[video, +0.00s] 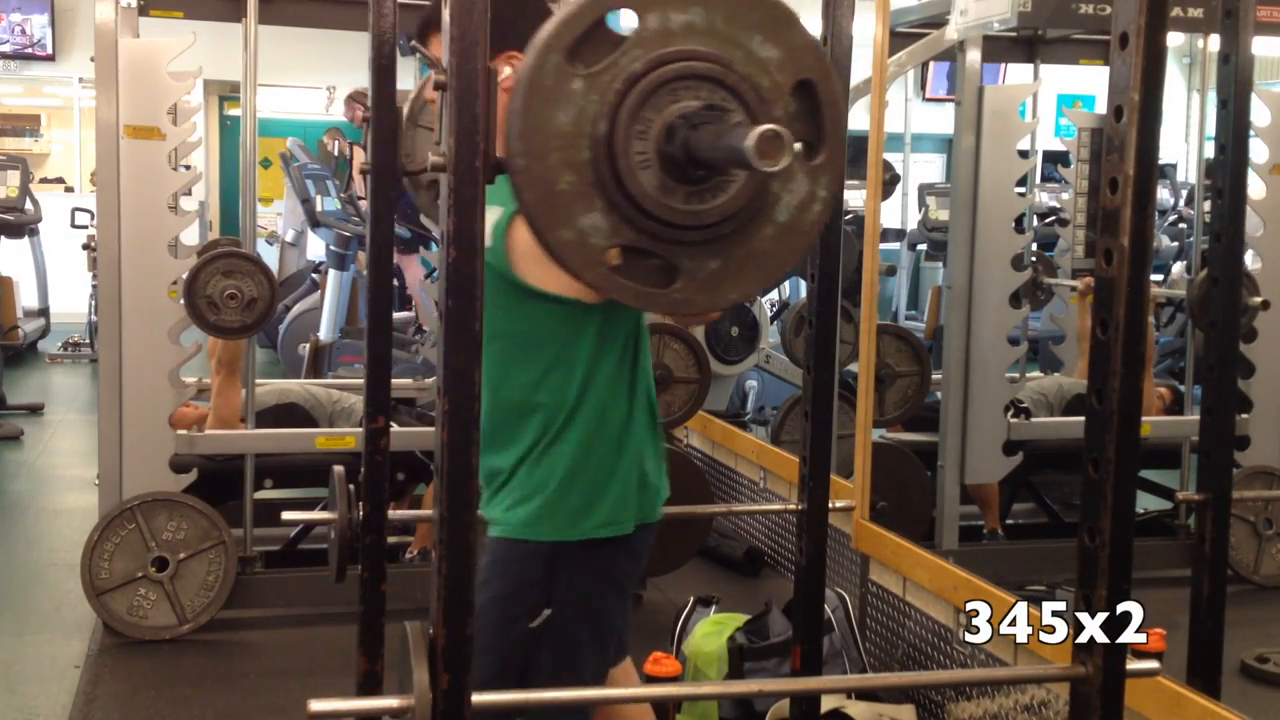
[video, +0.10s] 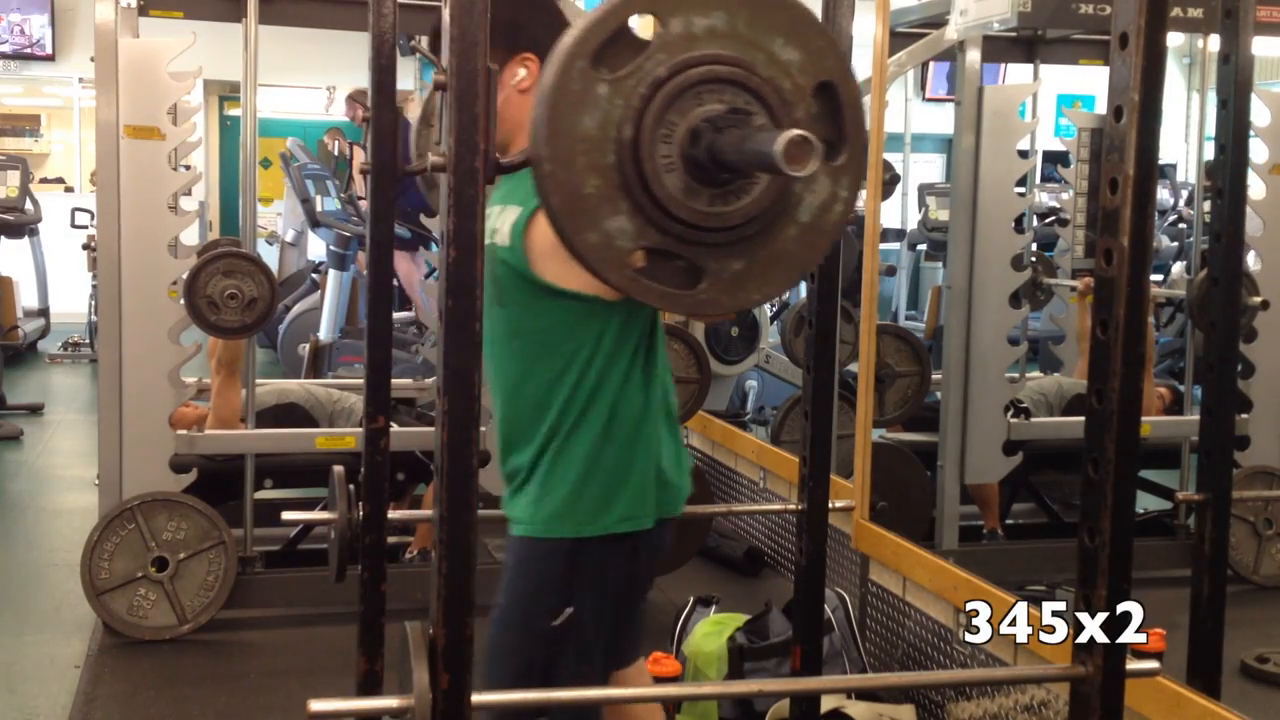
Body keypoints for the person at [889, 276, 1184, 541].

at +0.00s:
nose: (1155, 393)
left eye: (1161, 398)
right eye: (1157, 390)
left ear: (1160, 413)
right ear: (1146, 385)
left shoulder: (1131, 416)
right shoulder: (1099, 390)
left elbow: (1144, 360)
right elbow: (1086, 345)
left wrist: (1144, 309)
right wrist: (1083, 299)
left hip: (1025, 410)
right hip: (1007, 395)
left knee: (978, 449)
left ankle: (992, 531)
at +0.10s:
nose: (1154, 394)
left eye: (1161, 398)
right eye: (1157, 391)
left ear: (1159, 414)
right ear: (1146, 386)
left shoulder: (1127, 415)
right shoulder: (1098, 389)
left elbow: (1144, 359)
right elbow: (1086, 343)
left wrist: (1144, 308)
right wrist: (1083, 298)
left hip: (1022, 412)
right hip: (1006, 396)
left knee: (978, 449)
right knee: (905, 415)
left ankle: (992, 531)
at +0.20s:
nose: (1155, 394)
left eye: (1161, 398)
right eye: (1158, 390)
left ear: (1158, 413)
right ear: (1146, 385)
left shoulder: (1130, 414)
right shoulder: (1099, 388)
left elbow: (1144, 361)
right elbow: (1087, 344)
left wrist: (1144, 308)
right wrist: (1083, 299)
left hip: (1026, 410)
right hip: (1009, 394)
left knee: (978, 450)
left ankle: (992, 531)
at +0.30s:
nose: (1153, 392)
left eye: (1160, 396)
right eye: (1156, 389)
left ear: (1160, 412)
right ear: (1145, 386)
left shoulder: (1131, 415)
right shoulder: (1098, 390)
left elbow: (1144, 362)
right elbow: (1086, 344)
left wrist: (1145, 310)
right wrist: (1083, 299)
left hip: (1023, 412)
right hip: (1008, 397)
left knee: (977, 448)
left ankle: (992, 531)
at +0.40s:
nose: (1153, 392)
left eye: (1160, 396)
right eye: (1157, 390)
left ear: (1160, 413)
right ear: (1145, 386)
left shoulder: (1130, 416)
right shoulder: (1098, 392)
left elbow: (1144, 363)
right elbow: (1086, 346)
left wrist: (1144, 311)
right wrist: (1083, 299)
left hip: (1023, 411)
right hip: (1007, 397)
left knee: (978, 449)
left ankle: (992, 531)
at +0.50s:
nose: (1154, 393)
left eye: (1161, 397)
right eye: (1158, 391)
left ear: (1160, 412)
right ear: (1146, 386)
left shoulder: (1132, 415)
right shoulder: (1100, 391)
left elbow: (1144, 364)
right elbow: (1086, 345)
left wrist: (1144, 311)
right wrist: (1084, 300)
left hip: (1025, 412)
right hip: (1009, 399)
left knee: (978, 449)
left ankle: (992, 531)